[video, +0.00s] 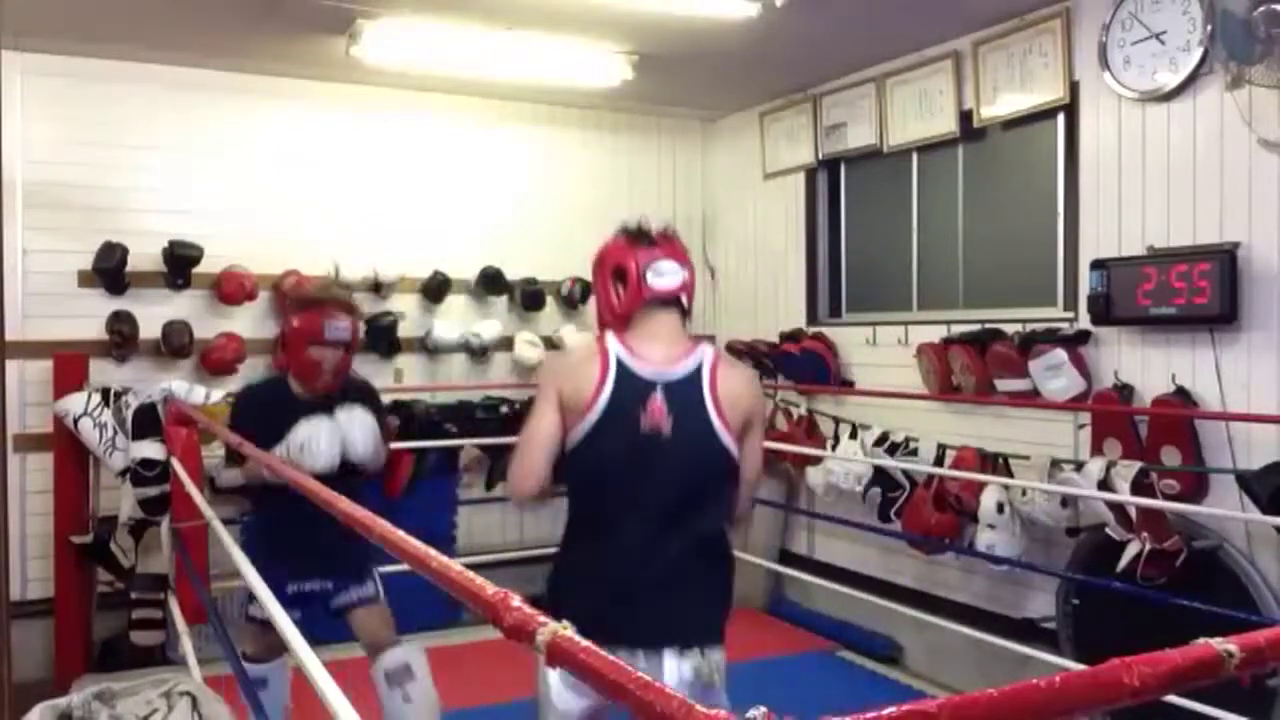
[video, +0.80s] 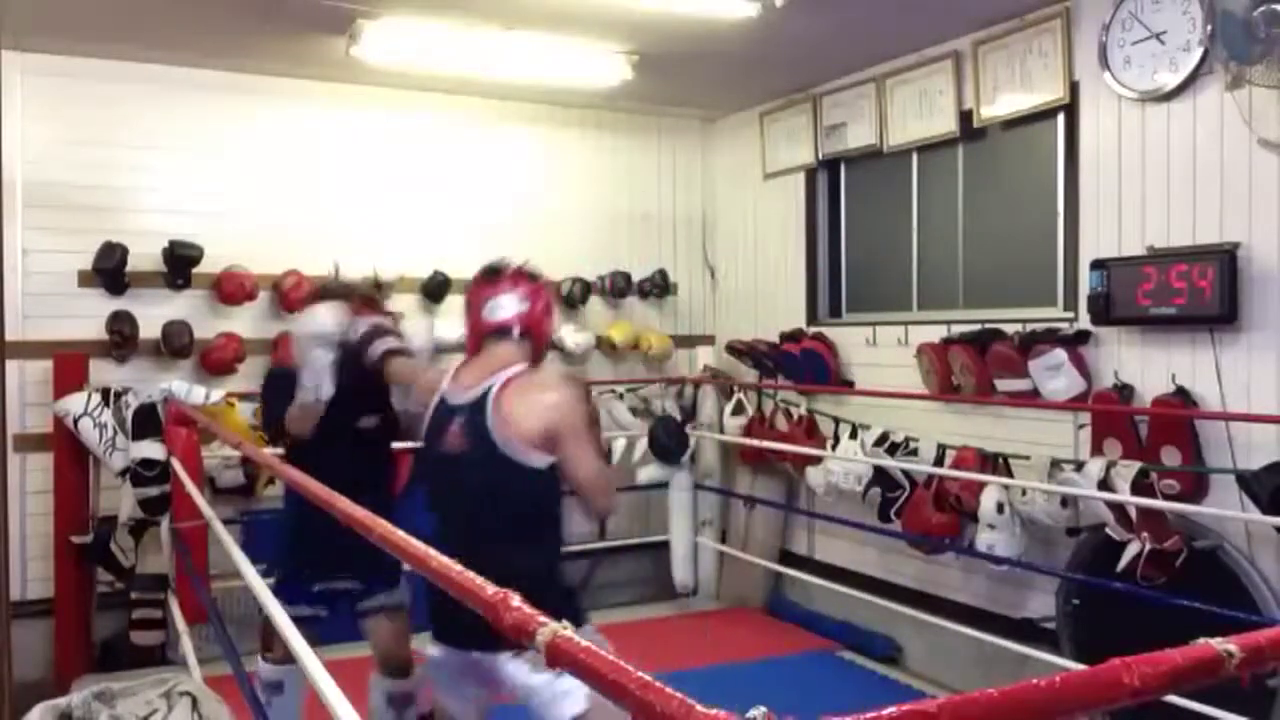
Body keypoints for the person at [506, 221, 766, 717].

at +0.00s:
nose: (596, 301)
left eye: (600, 288)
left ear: (615, 289)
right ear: (687, 290)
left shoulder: (572, 368)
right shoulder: (738, 382)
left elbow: (524, 485)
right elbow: (739, 504)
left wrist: (585, 462)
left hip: (584, 623)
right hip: (690, 628)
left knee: (569, 709)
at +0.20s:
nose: (583, 309)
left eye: (585, 294)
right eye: (582, 296)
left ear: (604, 289)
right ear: (674, 288)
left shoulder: (569, 368)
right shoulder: (732, 380)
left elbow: (527, 497)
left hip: (588, 649)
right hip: (692, 648)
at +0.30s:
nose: (565, 296)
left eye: (565, 281)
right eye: (563, 284)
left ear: (584, 272)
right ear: (652, 268)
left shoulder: (564, 351)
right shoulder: (716, 358)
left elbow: (522, 473)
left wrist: (527, 373)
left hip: (579, 617)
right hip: (682, 616)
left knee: (534, 697)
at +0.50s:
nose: (525, 325)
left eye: (526, 311)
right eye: (522, 313)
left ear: (544, 306)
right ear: (608, 295)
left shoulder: (539, 392)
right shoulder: (670, 376)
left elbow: (498, 496)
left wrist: (491, 399)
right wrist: (558, 366)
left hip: (567, 650)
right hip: (664, 640)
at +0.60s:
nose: (506, 321)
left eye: (508, 306)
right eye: (506, 307)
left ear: (523, 307)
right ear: (590, 304)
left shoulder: (508, 398)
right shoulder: (649, 389)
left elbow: (456, 505)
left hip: (536, 650)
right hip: (635, 643)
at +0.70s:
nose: (491, 309)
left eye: (494, 296)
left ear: (503, 302)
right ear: (575, 304)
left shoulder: (461, 370)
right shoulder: (611, 381)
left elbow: (372, 416)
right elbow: (626, 486)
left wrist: (405, 381)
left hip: (485, 617)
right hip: (582, 620)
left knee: (477, 709)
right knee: (602, 709)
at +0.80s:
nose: (552, 330)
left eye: (551, 317)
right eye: (549, 318)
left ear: (475, 325)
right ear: (538, 324)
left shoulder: (440, 387)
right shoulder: (548, 393)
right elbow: (600, 498)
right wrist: (583, 421)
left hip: (451, 627)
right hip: (533, 633)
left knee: (456, 711)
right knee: (610, 709)